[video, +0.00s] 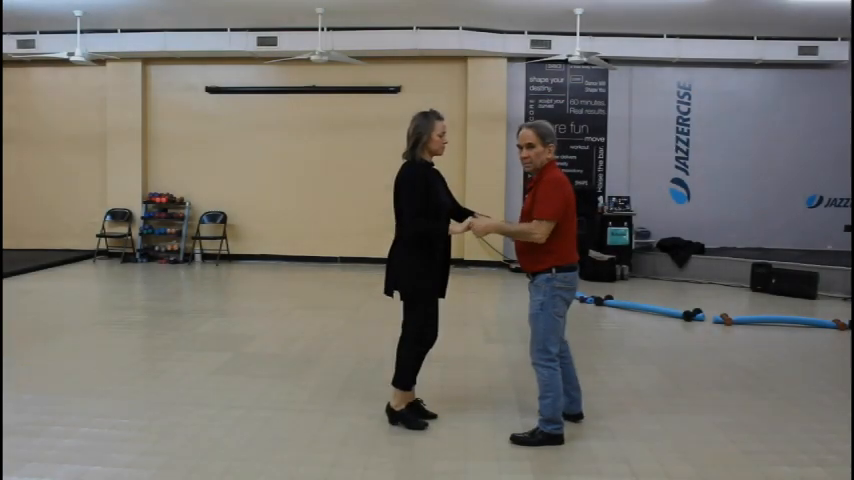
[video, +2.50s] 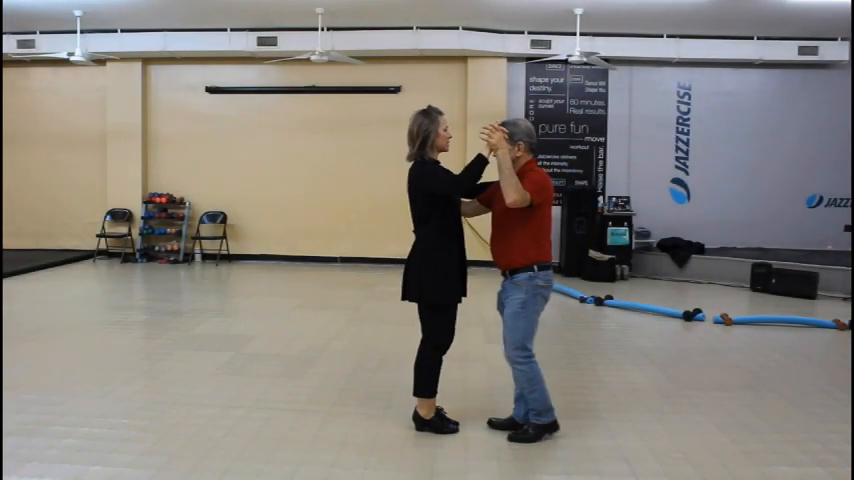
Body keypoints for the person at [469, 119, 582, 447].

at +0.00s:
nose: (523, 153)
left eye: (530, 147)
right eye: (520, 147)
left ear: (549, 149)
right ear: (519, 149)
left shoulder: (554, 182)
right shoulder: (539, 181)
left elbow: (539, 233)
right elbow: (532, 229)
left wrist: (495, 227)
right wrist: (497, 226)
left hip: (553, 279)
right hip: (547, 276)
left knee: (544, 354)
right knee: (556, 346)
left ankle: (550, 427)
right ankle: (571, 407)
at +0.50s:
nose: (508, 152)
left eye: (513, 146)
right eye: (509, 145)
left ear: (534, 149)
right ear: (531, 149)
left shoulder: (550, 183)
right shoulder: (534, 180)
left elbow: (535, 236)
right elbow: (523, 219)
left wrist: (488, 224)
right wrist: (492, 213)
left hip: (550, 281)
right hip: (537, 278)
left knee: (541, 354)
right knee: (535, 345)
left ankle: (550, 428)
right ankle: (562, 398)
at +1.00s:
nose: (510, 147)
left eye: (514, 141)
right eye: (511, 141)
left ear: (531, 146)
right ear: (534, 147)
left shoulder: (542, 181)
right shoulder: (536, 177)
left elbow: (532, 232)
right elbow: (522, 219)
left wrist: (490, 214)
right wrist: (498, 211)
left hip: (543, 278)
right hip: (538, 275)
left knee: (540, 355)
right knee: (537, 352)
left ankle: (551, 427)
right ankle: (539, 413)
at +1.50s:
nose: (513, 151)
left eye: (517, 145)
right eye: (513, 146)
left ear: (535, 148)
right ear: (535, 148)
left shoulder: (548, 179)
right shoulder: (535, 177)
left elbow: (540, 226)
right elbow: (533, 217)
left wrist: (505, 202)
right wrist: (506, 214)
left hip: (546, 277)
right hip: (535, 276)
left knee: (541, 353)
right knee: (537, 351)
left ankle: (548, 424)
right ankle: (538, 412)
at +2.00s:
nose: (506, 153)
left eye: (510, 147)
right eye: (505, 147)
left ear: (530, 148)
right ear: (526, 149)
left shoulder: (548, 179)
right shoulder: (524, 180)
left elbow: (518, 211)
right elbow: (492, 204)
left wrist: (500, 166)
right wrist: (450, 200)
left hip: (549, 280)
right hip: (532, 278)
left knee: (541, 354)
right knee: (525, 348)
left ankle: (548, 424)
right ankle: (527, 413)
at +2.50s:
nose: (496, 150)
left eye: (502, 145)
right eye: (496, 144)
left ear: (520, 148)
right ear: (515, 148)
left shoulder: (537, 178)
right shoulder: (504, 184)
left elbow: (514, 198)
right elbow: (468, 207)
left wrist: (502, 154)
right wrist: (435, 196)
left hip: (532, 278)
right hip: (513, 277)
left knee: (518, 350)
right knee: (515, 351)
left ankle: (544, 419)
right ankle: (523, 416)